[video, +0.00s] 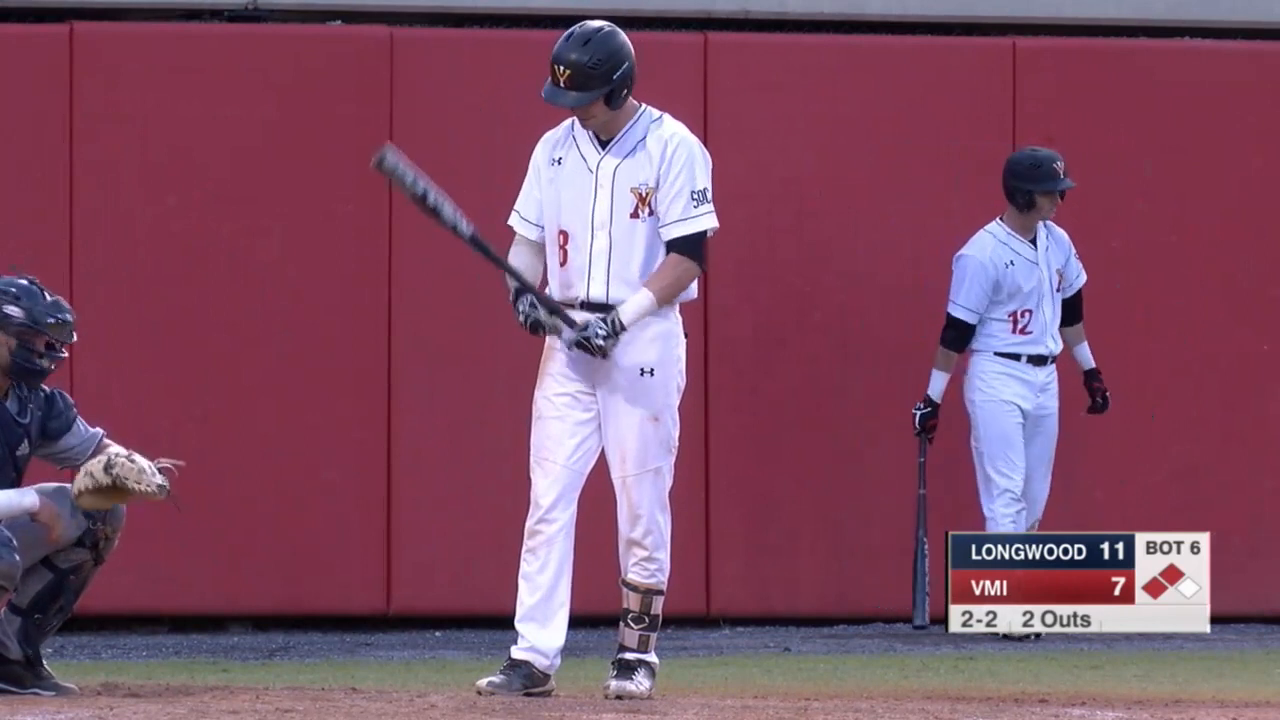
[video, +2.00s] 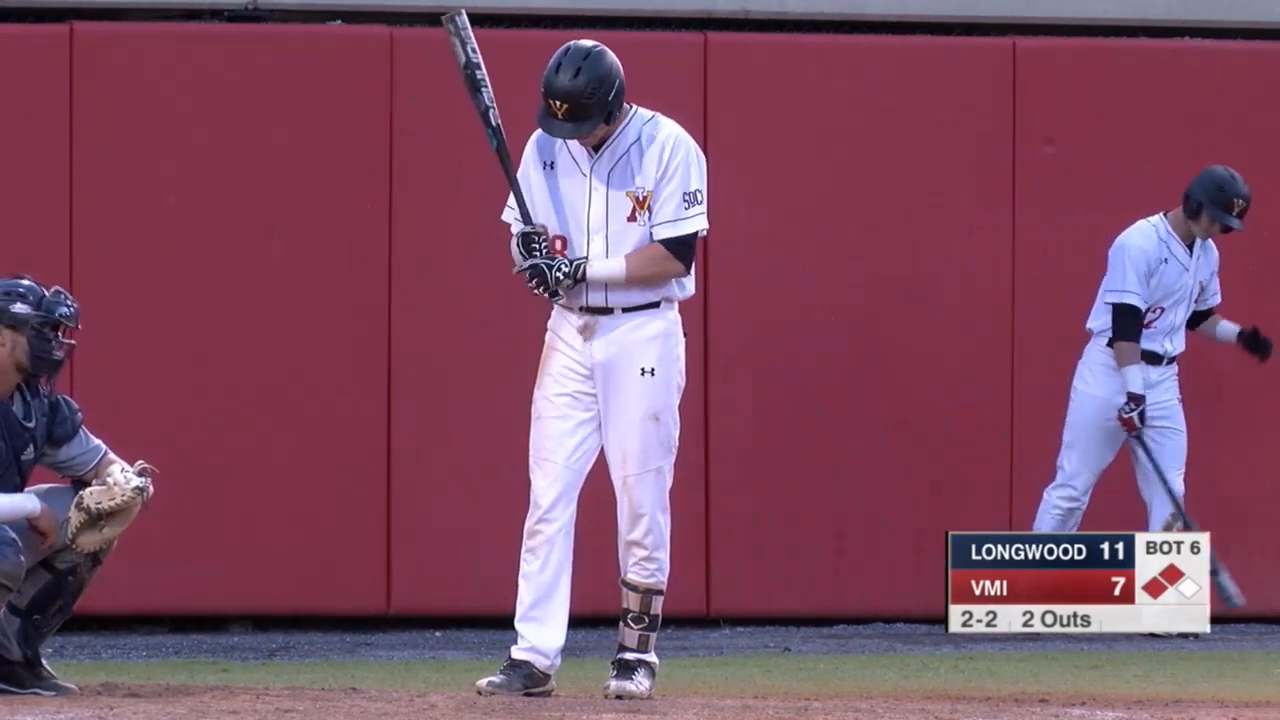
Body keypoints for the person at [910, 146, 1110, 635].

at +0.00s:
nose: (1060, 200)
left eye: (1060, 192)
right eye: (1054, 193)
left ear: (1036, 194)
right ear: (1026, 195)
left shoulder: (1057, 241)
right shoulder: (981, 253)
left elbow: (1071, 315)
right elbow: (956, 335)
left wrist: (1090, 371)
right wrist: (931, 400)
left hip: (1046, 378)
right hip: (996, 377)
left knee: (1033, 500)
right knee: (1005, 496)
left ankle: (997, 604)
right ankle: (1010, 610)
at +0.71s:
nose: (1044, 219)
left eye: (1047, 210)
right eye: (1036, 212)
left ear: (1049, 201)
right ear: (1010, 206)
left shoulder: (1055, 227)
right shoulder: (974, 262)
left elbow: (1077, 285)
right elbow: (962, 348)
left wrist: (1104, 330)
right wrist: (971, 413)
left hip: (1067, 376)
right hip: (1016, 382)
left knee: (1085, 484)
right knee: (1019, 496)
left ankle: (1071, 592)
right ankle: (1013, 601)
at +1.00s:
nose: (1059, 226)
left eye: (1063, 217)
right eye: (1051, 218)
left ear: (1067, 207)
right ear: (1026, 210)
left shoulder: (1073, 229)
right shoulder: (989, 261)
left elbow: (1094, 290)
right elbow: (978, 347)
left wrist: (1121, 342)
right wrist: (986, 414)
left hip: (1084, 376)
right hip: (1030, 384)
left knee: (1121, 487)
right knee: (1025, 501)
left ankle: (1146, 591)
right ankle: (1012, 607)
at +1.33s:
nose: (1120, 230)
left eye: (1125, 222)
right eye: (1114, 221)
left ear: (1125, 216)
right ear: (1092, 210)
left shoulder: (1130, 242)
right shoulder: (1046, 259)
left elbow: (1141, 306)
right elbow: (1024, 340)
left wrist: (1163, 361)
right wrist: (1007, 410)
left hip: (1121, 385)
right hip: (1067, 387)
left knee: (1147, 496)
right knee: (1046, 503)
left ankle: (1161, 606)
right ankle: (1022, 607)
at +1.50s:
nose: (1169, 231)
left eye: (1173, 224)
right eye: (1165, 222)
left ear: (1174, 219)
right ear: (1142, 210)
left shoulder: (1172, 247)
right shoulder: (1089, 252)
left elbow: (1172, 316)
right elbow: (1057, 330)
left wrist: (1189, 373)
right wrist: (1031, 398)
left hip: (1146, 387)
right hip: (1091, 385)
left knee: (1161, 498)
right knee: (1060, 497)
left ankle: (1160, 606)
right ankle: (1016, 598)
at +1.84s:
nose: (1220, 238)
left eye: (1226, 232)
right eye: (1219, 229)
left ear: (1225, 224)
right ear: (1198, 213)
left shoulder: (1210, 256)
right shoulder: (1137, 245)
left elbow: (1199, 326)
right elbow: (1111, 322)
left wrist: (1217, 378)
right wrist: (1098, 392)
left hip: (1162, 382)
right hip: (1111, 373)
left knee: (1168, 499)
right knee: (1070, 487)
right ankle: (1040, 585)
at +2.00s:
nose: (1221, 230)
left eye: (1226, 225)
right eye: (1219, 221)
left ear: (1226, 219)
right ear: (1195, 204)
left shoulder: (1206, 252)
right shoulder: (1137, 242)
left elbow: (1198, 316)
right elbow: (1125, 323)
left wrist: (1239, 335)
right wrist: (1134, 392)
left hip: (1162, 377)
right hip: (1109, 371)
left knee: (1168, 495)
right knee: (1073, 489)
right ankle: (1034, 580)